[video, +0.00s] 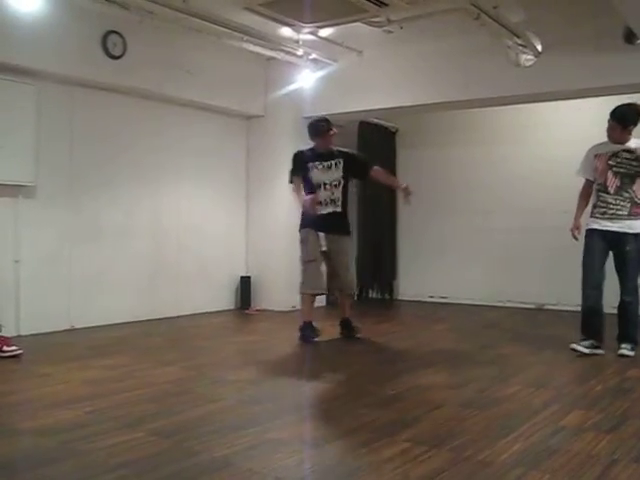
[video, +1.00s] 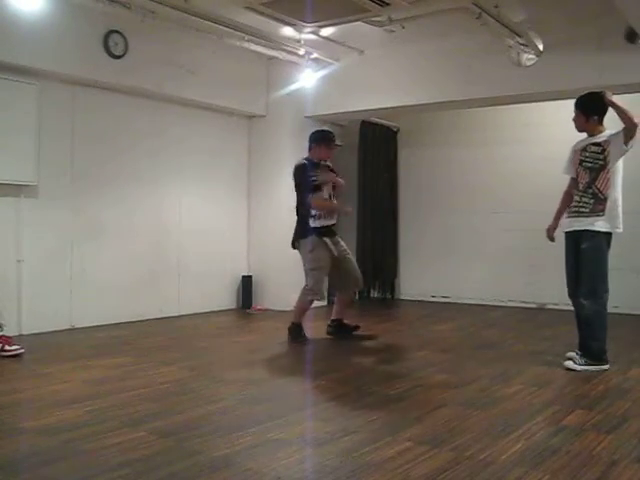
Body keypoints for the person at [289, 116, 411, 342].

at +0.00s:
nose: (333, 136)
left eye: (332, 133)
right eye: (329, 133)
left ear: (330, 135)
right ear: (318, 136)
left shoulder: (345, 157)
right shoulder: (302, 158)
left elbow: (373, 171)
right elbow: (296, 183)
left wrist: (398, 185)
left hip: (338, 225)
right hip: (311, 225)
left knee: (345, 274)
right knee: (311, 272)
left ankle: (346, 322)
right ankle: (307, 324)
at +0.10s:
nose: (325, 140)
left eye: (327, 135)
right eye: (321, 136)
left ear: (331, 135)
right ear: (313, 136)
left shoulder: (341, 160)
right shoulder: (298, 161)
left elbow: (364, 184)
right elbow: (285, 186)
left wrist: (384, 202)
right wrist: (280, 210)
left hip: (335, 227)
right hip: (306, 227)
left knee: (342, 277)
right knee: (302, 276)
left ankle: (346, 323)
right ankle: (304, 325)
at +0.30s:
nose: (325, 140)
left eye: (327, 135)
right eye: (322, 135)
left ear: (329, 135)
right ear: (311, 134)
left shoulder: (333, 156)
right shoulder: (295, 156)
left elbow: (339, 184)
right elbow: (274, 182)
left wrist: (351, 205)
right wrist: (250, 202)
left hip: (330, 227)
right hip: (303, 227)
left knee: (337, 278)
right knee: (298, 279)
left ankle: (336, 323)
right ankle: (302, 325)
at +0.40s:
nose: (326, 141)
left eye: (328, 137)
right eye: (323, 136)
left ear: (330, 136)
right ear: (312, 135)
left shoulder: (332, 154)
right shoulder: (294, 153)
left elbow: (336, 180)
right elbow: (270, 173)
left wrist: (352, 196)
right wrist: (241, 179)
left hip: (327, 224)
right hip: (300, 225)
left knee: (336, 277)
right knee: (298, 277)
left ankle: (332, 324)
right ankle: (300, 326)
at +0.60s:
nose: (321, 147)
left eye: (324, 143)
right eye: (317, 142)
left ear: (328, 144)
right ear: (308, 141)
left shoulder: (333, 164)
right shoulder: (294, 158)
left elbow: (343, 185)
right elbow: (272, 165)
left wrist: (356, 178)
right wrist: (259, 155)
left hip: (323, 228)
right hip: (298, 227)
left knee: (341, 272)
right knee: (298, 275)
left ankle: (334, 323)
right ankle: (296, 325)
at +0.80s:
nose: (332, 155)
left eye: (332, 150)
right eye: (329, 150)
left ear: (321, 151)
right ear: (316, 149)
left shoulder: (325, 170)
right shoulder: (304, 168)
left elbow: (342, 186)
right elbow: (317, 182)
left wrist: (323, 174)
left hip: (328, 231)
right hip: (306, 231)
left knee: (344, 273)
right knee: (307, 278)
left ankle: (335, 323)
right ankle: (297, 326)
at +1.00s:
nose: (332, 153)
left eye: (333, 149)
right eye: (329, 148)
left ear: (323, 149)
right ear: (316, 147)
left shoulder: (326, 168)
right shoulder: (303, 169)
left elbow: (341, 190)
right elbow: (309, 201)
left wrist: (333, 179)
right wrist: (336, 207)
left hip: (330, 233)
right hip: (310, 235)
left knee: (352, 278)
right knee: (315, 286)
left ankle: (337, 322)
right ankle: (295, 325)